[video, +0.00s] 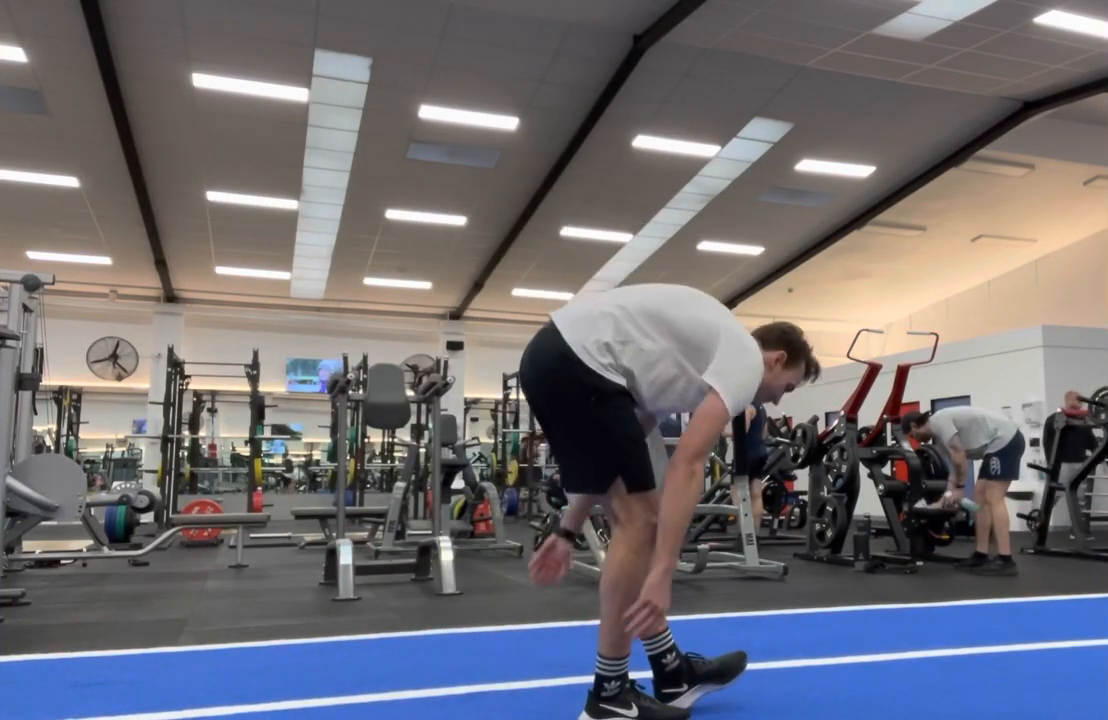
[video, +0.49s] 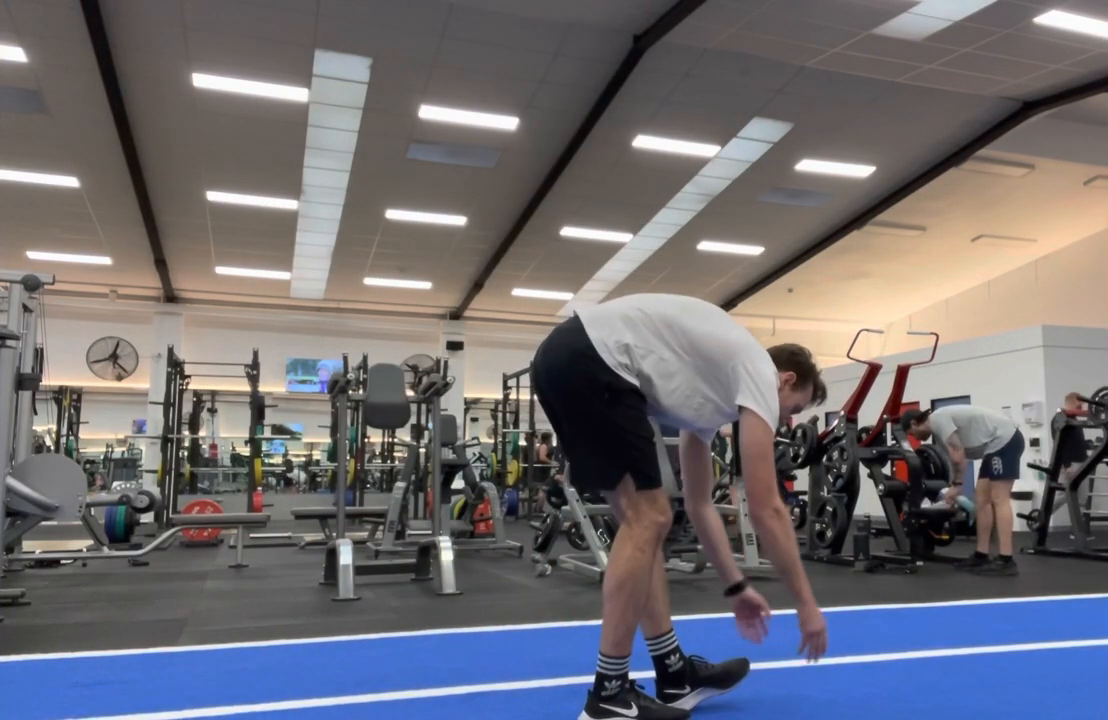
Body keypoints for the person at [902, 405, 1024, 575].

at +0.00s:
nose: (915, 439)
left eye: (912, 435)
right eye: (912, 437)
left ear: (915, 426)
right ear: (917, 424)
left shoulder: (940, 422)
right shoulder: (938, 434)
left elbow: (960, 459)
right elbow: (954, 463)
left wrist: (959, 488)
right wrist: (950, 490)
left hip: (1006, 440)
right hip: (992, 446)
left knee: (994, 496)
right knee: (981, 496)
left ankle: (1005, 559)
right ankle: (981, 555)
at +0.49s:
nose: (915, 437)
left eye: (912, 433)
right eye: (911, 435)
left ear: (915, 423)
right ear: (918, 422)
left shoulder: (938, 419)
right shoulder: (937, 427)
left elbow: (959, 456)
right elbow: (957, 458)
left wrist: (956, 486)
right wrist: (954, 489)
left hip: (1006, 440)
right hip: (991, 446)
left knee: (1000, 499)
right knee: (982, 499)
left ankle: (1006, 559)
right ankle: (981, 555)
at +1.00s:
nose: (915, 406)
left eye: (913, 400)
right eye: (912, 402)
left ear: (920, 392)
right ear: (923, 392)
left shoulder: (942, 397)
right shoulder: (942, 405)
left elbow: (949, 431)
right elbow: (951, 445)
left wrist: (940, 457)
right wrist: (946, 474)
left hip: (999, 441)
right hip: (985, 445)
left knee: (988, 495)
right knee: (977, 496)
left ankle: (1004, 557)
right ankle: (981, 554)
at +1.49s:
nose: (932, 366)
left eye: (934, 361)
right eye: (931, 362)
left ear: (945, 357)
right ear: (949, 357)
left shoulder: (955, 373)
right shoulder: (963, 374)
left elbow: (954, 406)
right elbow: (961, 414)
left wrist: (933, 424)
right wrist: (935, 427)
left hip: (973, 440)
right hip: (983, 440)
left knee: (953, 493)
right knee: (971, 496)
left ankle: (987, 544)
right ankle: (979, 550)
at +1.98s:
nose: (935, 352)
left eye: (938, 348)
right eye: (936, 348)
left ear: (949, 349)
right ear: (957, 349)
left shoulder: (952, 370)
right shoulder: (966, 371)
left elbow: (947, 406)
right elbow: (954, 408)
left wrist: (927, 415)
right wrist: (931, 415)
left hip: (955, 442)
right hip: (972, 441)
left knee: (946, 496)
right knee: (968, 497)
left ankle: (948, 553)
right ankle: (980, 552)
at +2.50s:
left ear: (935, 346)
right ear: (953, 348)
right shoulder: (957, 374)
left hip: (943, 443)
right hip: (960, 444)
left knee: (940, 495)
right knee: (961, 494)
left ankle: (946, 553)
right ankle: (979, 551)